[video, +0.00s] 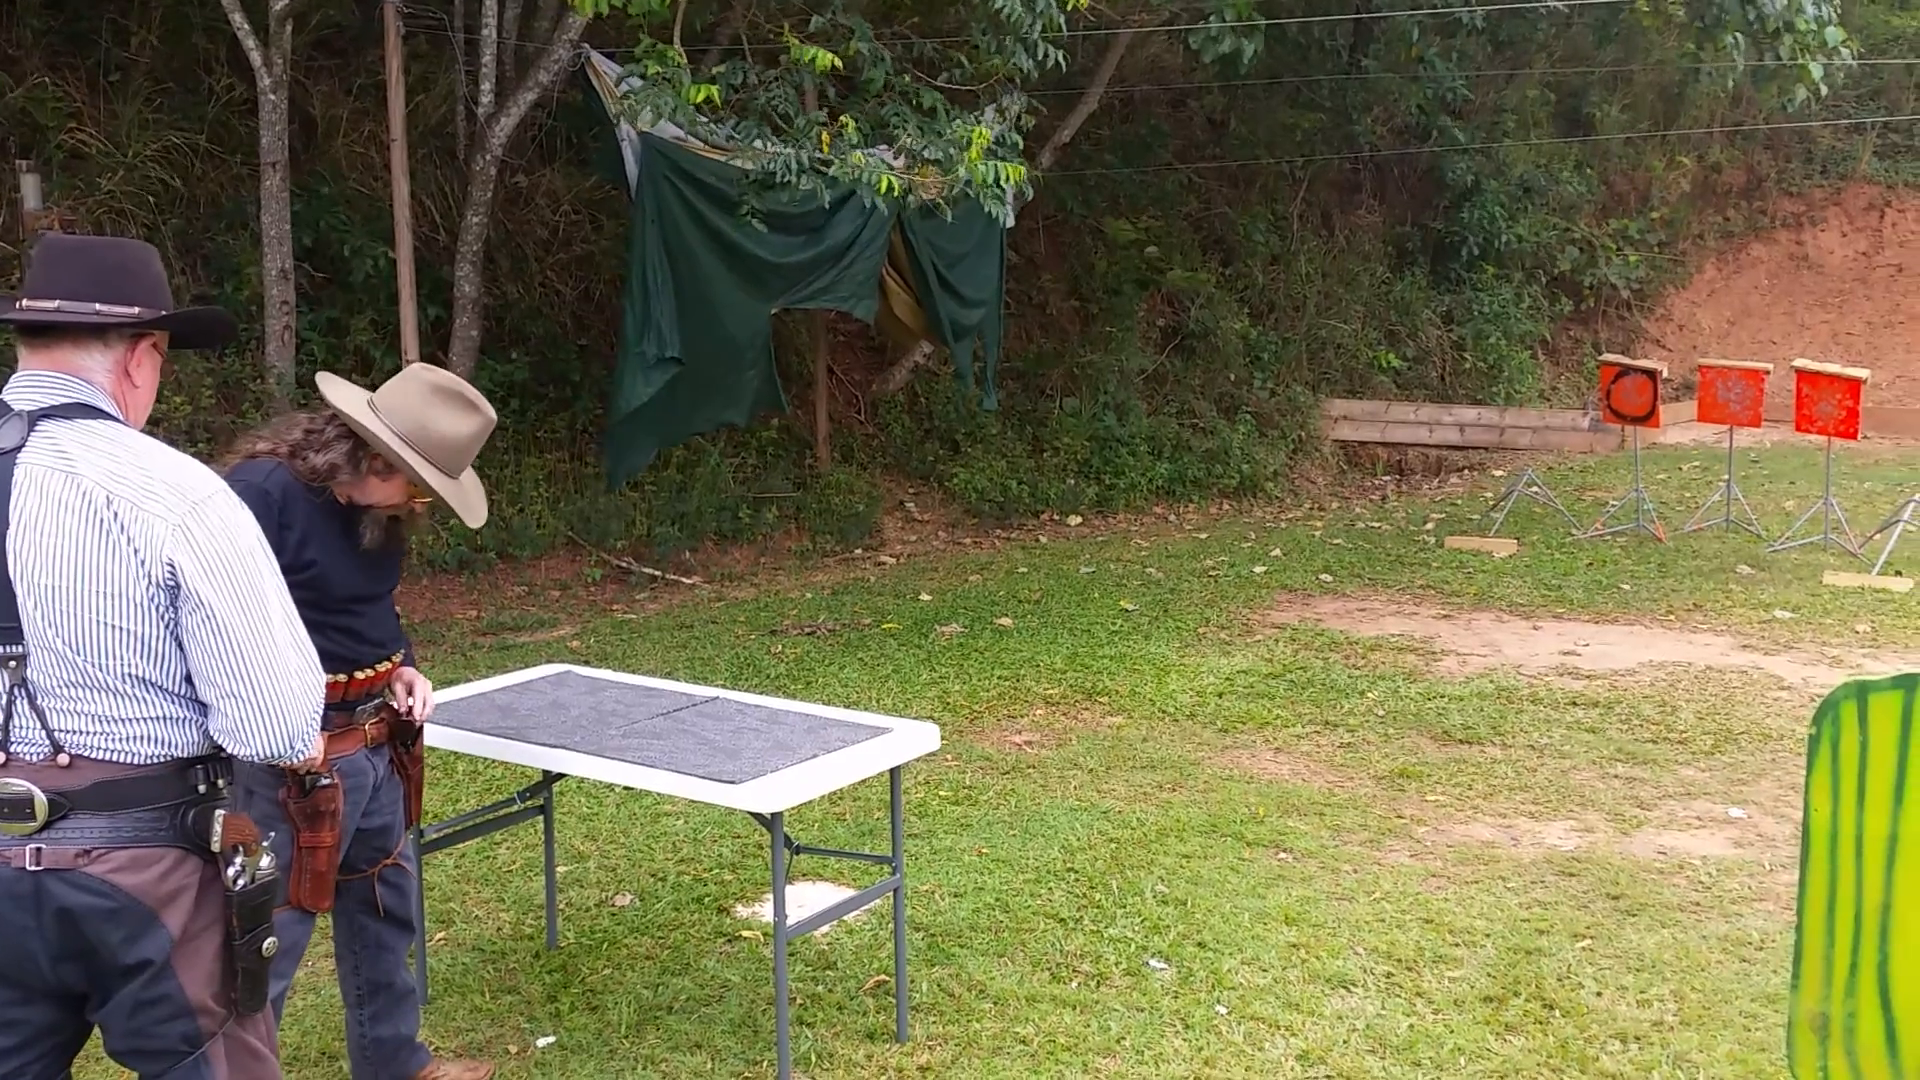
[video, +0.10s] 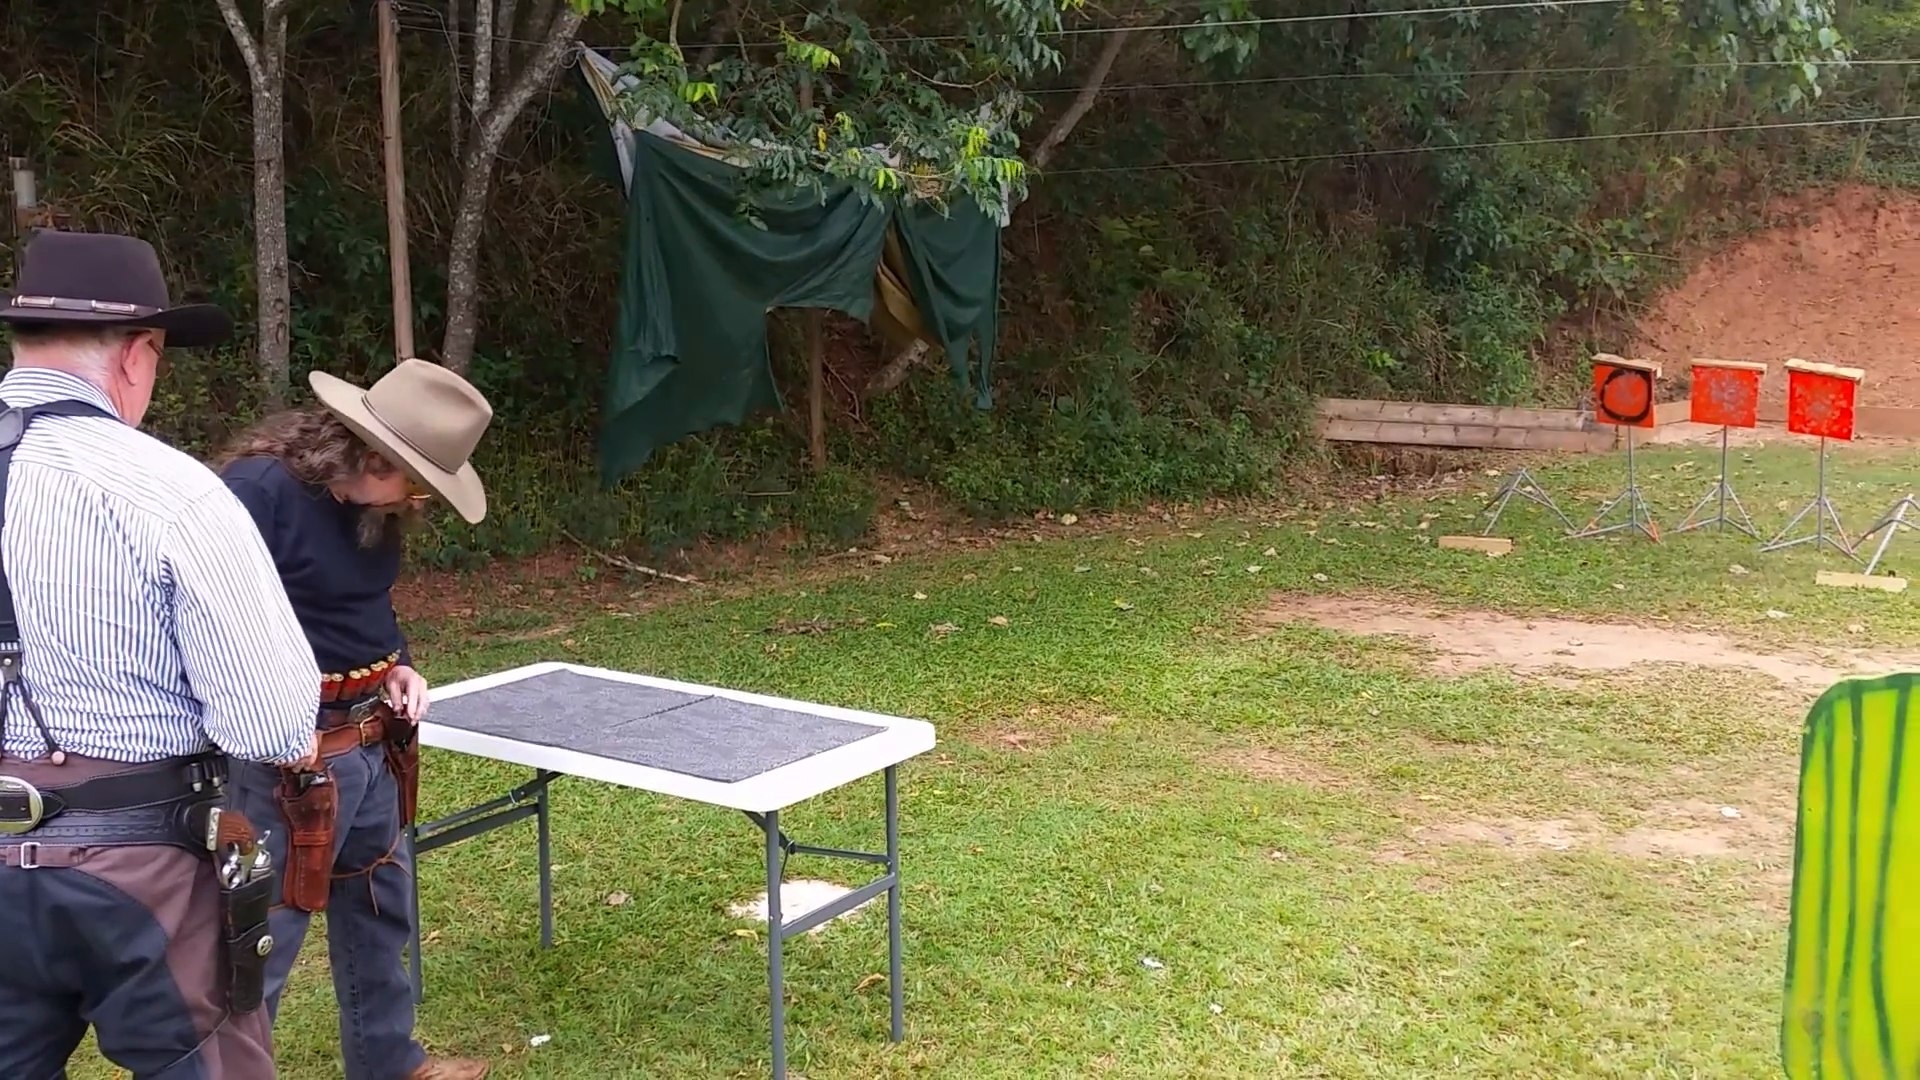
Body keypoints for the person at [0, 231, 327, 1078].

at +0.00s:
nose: (155, 386)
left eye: (160, 364)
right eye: (160, 363)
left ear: (27, 348)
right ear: (135, 363)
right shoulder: (170, 489)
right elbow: (276, 722)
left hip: (4, 839)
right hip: (138, 848)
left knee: (20, 1061)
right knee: (216, 1060)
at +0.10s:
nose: (151, 385)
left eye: (156, 363)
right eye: (155, 362)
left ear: (22, 346)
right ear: (132, 360)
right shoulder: (164, 485)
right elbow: (273, 721)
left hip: (2, 841)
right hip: (133, 848)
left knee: (16, 1062)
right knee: (208, 1060)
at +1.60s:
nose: (120, 318)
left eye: (120, 297)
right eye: (120, 295)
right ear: (99, 298)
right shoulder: (146, 429)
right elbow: (328, 567)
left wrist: (209, 670)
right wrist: (304, 484)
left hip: (2, 783)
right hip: (114, 791)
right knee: (178, 1053)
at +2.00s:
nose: (101, 310)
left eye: (101, 288)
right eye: (102, 286)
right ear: (84, 290)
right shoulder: (135, 424)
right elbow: (306, 565)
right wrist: (288, 492)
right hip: (94, 778)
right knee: (164, 1048)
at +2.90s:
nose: (65, 279)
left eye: (63, 256)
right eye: (65, 257)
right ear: (50, 266)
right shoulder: (112, 403)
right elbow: (269, 577)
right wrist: (253, 491)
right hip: (62, 750)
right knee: (139, 1022)